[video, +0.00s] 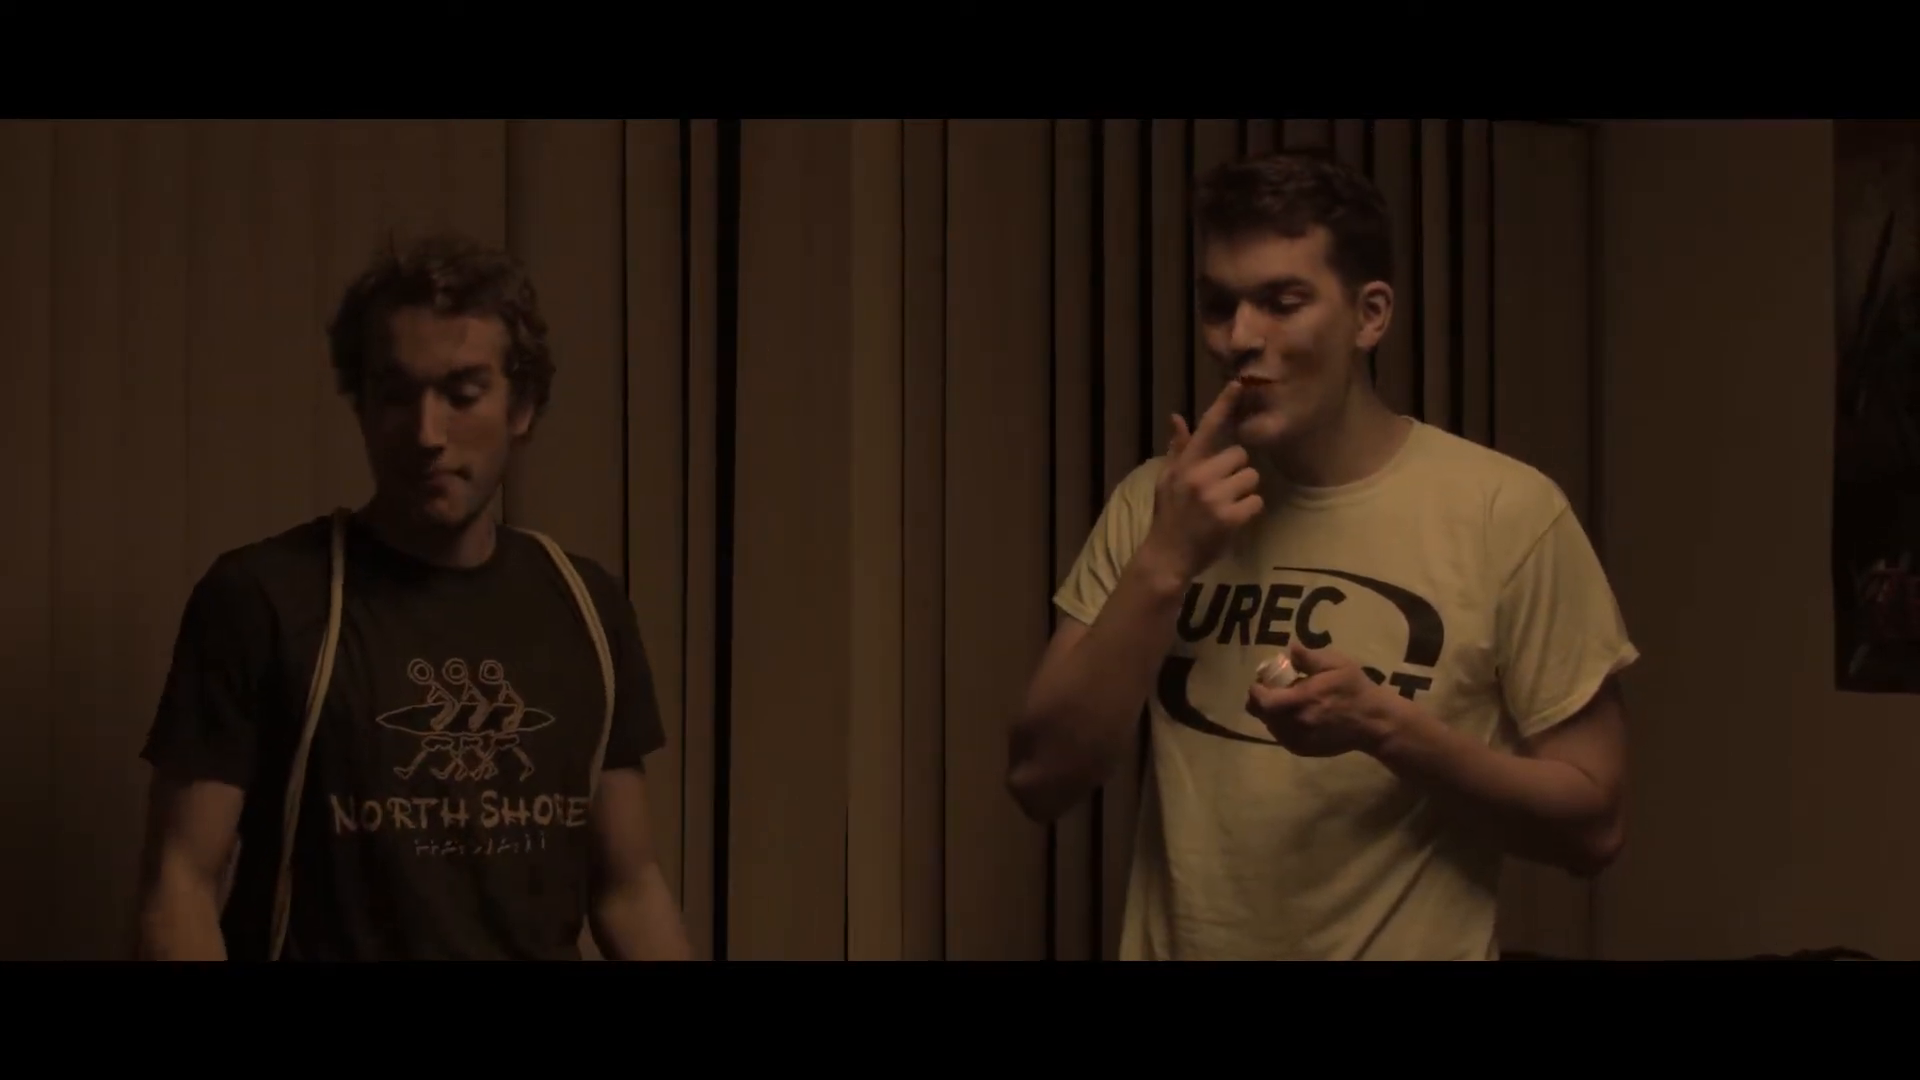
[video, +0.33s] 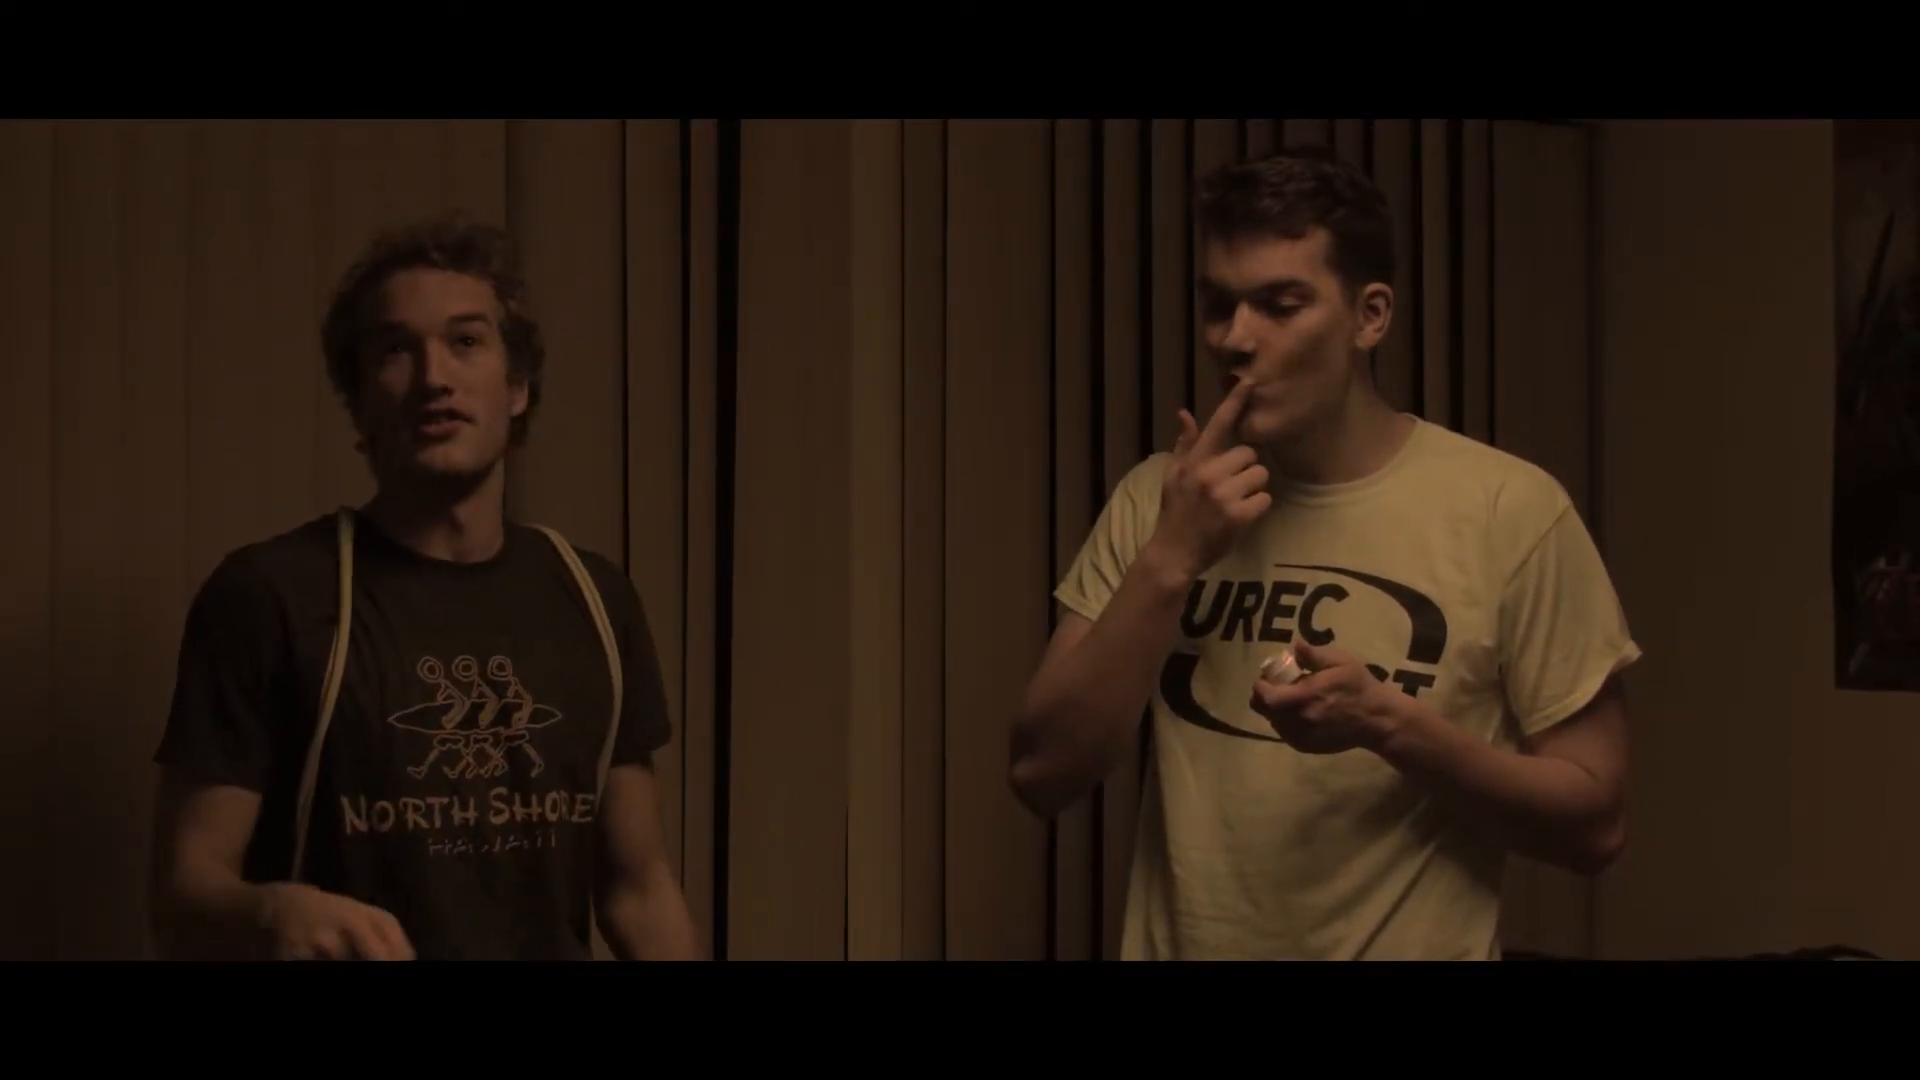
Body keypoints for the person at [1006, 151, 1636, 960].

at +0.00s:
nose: (1241, 340)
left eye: (1283, 302)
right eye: (1220, 306)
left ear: (1371, 314)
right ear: (1202, 316)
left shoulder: (1507, 516)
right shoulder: (1155, 504)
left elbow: (1594, 822)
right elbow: (1040, 779)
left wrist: (1386, 725)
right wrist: (1163, 559)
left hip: (1411, 947)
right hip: (1173, 942)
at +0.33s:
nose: (1235, 339)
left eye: (1280, 305)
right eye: (1220, 305)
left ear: (1372, 316)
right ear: (1202, 313)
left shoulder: (1510, 514)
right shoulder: (1157, 499)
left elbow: (1596, 821)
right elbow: (1042, 774)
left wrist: (1391, 722)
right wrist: (1169, 556)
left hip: (1412, 949)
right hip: (1175, 943)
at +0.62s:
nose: (1244, 342)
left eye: (1284, 306)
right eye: (1225, 308)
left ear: (1377, 313)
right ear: (1206, 315)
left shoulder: (1513, 514)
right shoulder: (1160, 500)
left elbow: (1596, 820)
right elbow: (1044, 774)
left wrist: (1392, 721)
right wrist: (1169, 555)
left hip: (1415, 950)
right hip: (1177, 945)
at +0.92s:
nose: (1240, 341)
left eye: (1284, 308)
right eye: (1224, 308)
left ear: (1375, 317)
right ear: (1204, 311)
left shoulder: (1514, 514)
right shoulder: (1159, 500)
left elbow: (1596, 820)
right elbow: (1046, 775)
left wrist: (1394, 721)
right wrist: (1174, 556)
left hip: (1416, 949)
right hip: (1179, 944)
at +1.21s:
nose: (1246, 343)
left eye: (1286, 307)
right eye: (1228, 309)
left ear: (1379, 312)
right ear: (1211, 315)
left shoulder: (1515, 514)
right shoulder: (1161, 501)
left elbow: (1596, 819)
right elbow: (1051, 779)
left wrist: (1394, 720)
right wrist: (1177, 561)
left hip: (1414, 947)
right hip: (1177, 943)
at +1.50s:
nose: (1258, 348)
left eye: (1300, 311)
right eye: (1235, 315)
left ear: (1384, 316)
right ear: (1215, 320)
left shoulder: (1514, 514)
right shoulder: (1158, 500)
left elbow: (1596, 818)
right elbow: (1054, 784)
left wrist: (1390, 720)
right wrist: (1173, 576)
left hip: (1413, 950)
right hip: (1176, 946)